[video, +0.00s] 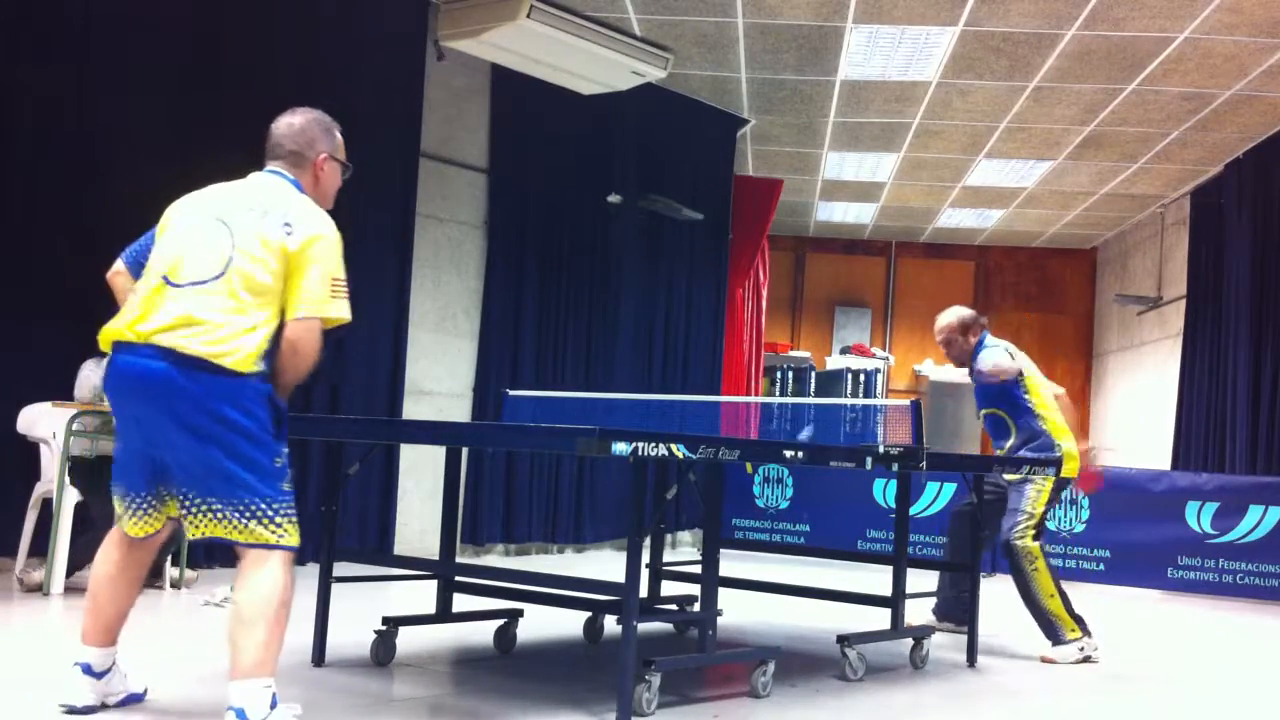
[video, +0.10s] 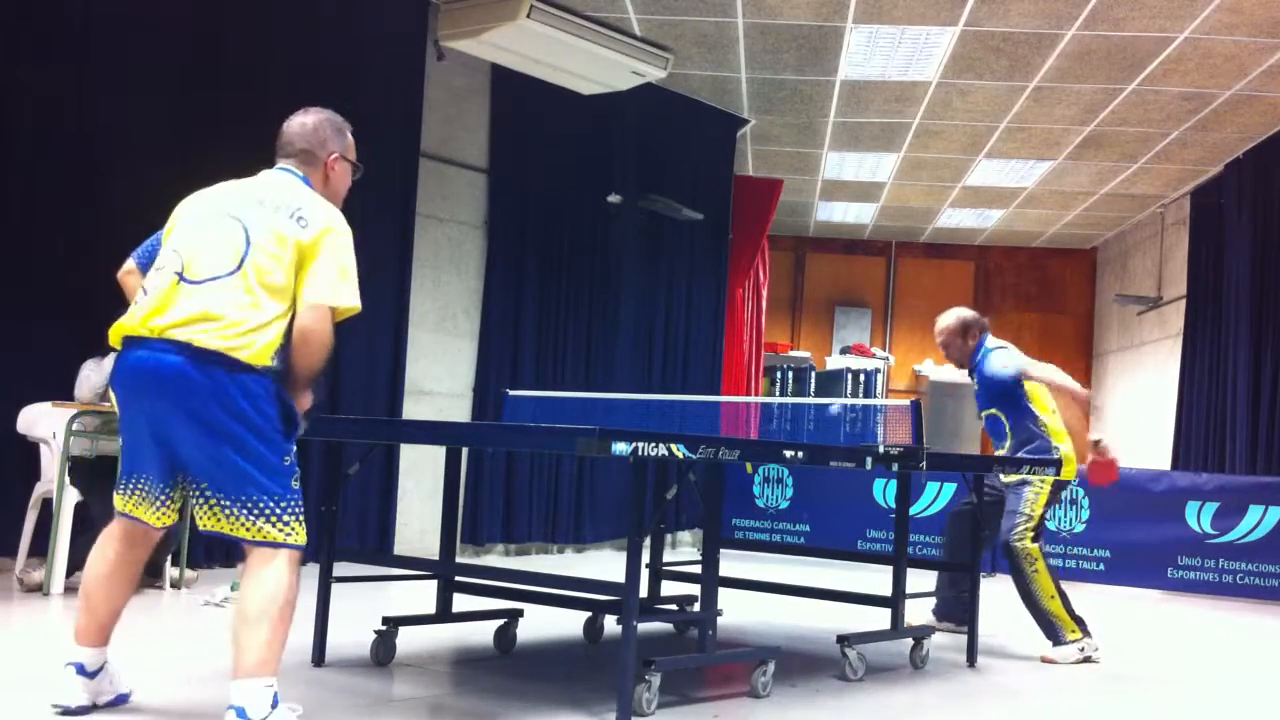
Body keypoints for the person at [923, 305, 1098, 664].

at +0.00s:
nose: (944, 352)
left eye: (947, 343)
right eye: (941, 345)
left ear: (970, 336)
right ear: (972, 337)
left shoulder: (989, 356)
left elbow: (1004, 364)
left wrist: (1010, 366)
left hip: (1044, 462)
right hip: (1014, 463)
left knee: (1018, 538)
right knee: (965, 518)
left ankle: (1074, 639)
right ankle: (954, 615)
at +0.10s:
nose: (943, 354)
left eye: (946, 345)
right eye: (941, 347)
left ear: (968, 338)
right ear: (967, 339)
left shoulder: (996, 361)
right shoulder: (984, 363)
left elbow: (1043, 372)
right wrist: (1091, 437)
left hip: (1041, 465)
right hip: (1009, 466)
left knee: (1018, 540)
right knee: (962, 519)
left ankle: (1074, 639)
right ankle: (953, 615)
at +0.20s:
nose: (954, 342)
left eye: (956, 333)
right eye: (952, 334)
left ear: (979, 327)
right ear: (974, 329)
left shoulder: (1018, 352)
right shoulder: (989, 360)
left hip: (1038, 463)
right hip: (1005, 464)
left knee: (1026, 536)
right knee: (956, 522)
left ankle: (1076, 640)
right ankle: (952, 614)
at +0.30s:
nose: (974, 326)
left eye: (979, 318)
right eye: (972, 318)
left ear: (1006, 312)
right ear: (992, 315)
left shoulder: (1045, 341)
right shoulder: (991, 347)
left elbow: (1093, 386)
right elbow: (979, 392)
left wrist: (1105, 437)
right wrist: (934, 391)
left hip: (1040, 456)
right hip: (1001, 454)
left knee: (1047, 535)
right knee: (960, 520)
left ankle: (1078, 639)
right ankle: (952, 614)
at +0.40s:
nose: (994, 305)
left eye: (1000, 298)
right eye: (993, 299)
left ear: (1027, 296)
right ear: (1003, 297)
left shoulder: (1062, 330)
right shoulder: (999, 322)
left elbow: (1097, 386)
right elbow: (962, 336)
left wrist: (1093, 432)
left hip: (1052, 450)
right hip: (1009, 446)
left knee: (1059, 531)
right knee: (981, 526)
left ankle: (1096, 635)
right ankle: (954, 609)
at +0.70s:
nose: (1028, 309)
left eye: (1037, 302)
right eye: (1025, 302)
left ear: (1063, 304)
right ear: (1024, 303)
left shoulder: (1088, 344)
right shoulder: (1021, 341)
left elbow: (1118, 400)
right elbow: (978, 375)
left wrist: (1120, 457)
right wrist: (959, 350)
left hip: (1067, 459)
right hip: (1020, 456)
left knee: (1073, 539)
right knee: (982, 518)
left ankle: (1097, 637)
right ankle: (999, 614)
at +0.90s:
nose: (1006, 301)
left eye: (1014, 293)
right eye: (1002, 295)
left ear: (1037, 292)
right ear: (1000, 299)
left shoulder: (1064, 325)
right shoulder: (1009, 334)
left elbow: (1109, 368)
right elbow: (1004, 377)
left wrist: (1129, 424)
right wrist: (974, 385)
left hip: (1068, 445)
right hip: (1027, 446)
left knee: (1071, 527)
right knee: (992, 516)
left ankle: (1102, 624)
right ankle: (1000, 607)